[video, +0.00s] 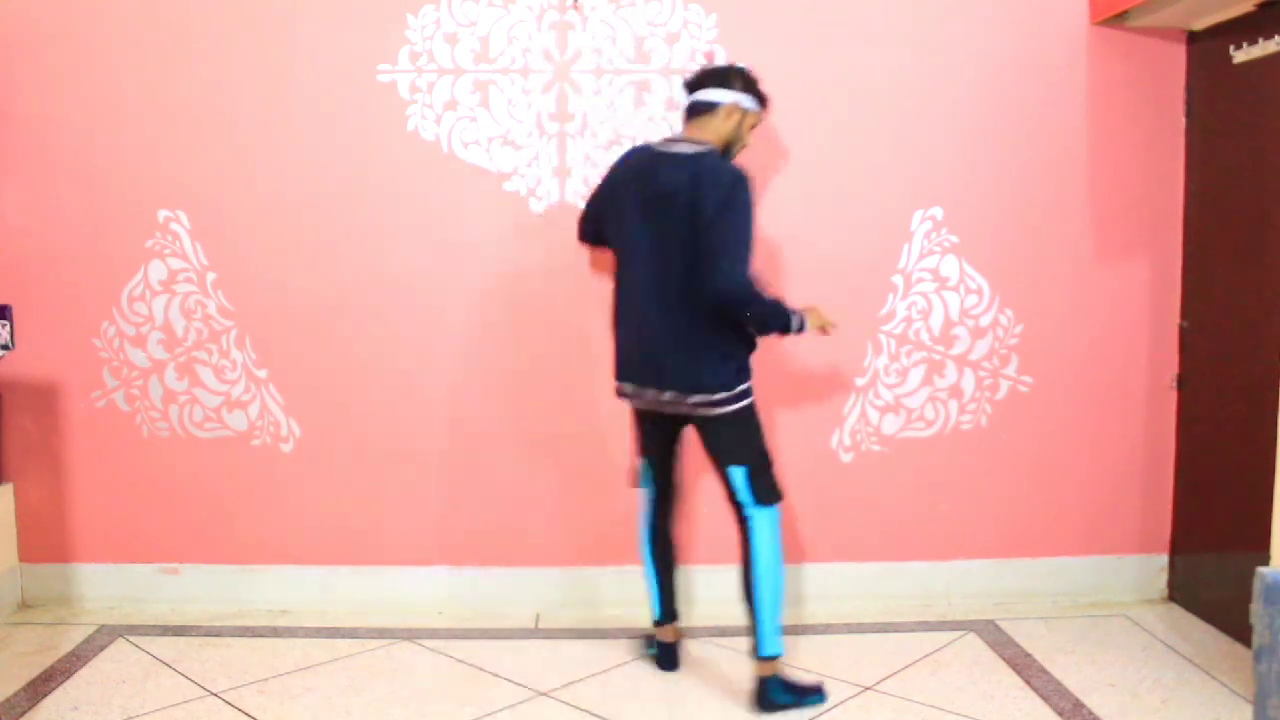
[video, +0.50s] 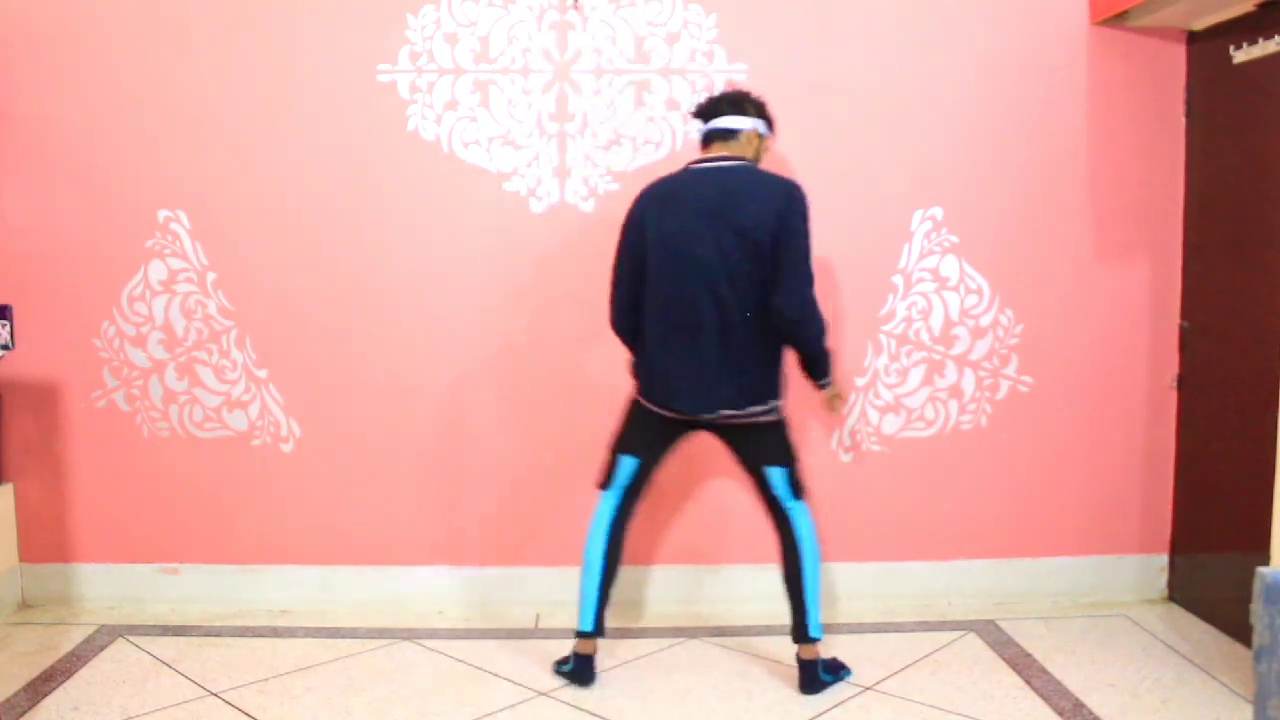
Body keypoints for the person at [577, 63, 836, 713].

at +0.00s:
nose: (749, 136)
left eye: (752, 124)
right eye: (750, 123)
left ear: (692, 110)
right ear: (731, 115)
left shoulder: (634, 164)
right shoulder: (723, 181)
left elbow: (594, 227)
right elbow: (725, 287)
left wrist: (657, 239)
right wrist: (793, 319)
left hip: (644, 377)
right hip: (713, 381)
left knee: (655, 495)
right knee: (759, 508)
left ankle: (665, 638)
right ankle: (769, 675)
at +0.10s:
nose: (768, 133)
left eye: (768, 123)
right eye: (767, 123)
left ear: (710, 119)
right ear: (752, 121)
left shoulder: (660, 173)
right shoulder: (765, 183)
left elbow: (609, 244)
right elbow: (796, 270)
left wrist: (653, 295)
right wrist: (805, 325)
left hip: (644, 384)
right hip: (728, 391)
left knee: (614, 489)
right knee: (779, 508)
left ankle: (606, 636)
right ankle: (810, 657)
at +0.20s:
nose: (771, 160)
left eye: (769, 149)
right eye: (770, 149)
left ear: (713, 153)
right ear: (758, 152)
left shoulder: (669, 215)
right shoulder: (778, 217)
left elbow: (643, 316)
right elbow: (788, 322)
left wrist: (666, 373)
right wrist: (795, 377)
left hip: (658, 407)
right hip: (742, 412)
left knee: (607, 511)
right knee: (797, 515)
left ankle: (563, 650)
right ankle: (812, 661)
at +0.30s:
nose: (755, 169)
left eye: (753, 159)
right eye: (753, 159)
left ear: (693, 161)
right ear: (738, 158)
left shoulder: (651, 231)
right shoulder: (762, 217)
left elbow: (643, 338)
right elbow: (790, 317)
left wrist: (675, 401)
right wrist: (801, 356)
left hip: (697, 419)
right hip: (778, 411)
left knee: (649, 532)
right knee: (829, 513)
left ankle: (574, 654)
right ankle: (819, 661)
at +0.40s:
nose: (751, 156)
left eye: (750, 147)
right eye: (749, 146)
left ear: (688, 148)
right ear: (737, 146)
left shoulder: (642, 216)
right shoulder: (756, 203)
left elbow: (638, 328)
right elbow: (800, 303)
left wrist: (672, 382)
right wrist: (831, 367)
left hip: (699, 408)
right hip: (780, 403)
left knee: (647, 520)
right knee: (829, 510)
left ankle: (584, 655)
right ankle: (817, 661)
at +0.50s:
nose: (769, 148)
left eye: (766, 139)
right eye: (768, 139)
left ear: (706, 139)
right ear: (757, 139)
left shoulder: (656, 197)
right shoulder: (779, 196)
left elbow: (624, 310)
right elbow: (791, 303)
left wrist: (660, 358)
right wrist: (821, 371)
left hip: (664, 389)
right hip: (745, 395)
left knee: (613, 504)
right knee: (792, 513)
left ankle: (582, 653)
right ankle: (812, 661)